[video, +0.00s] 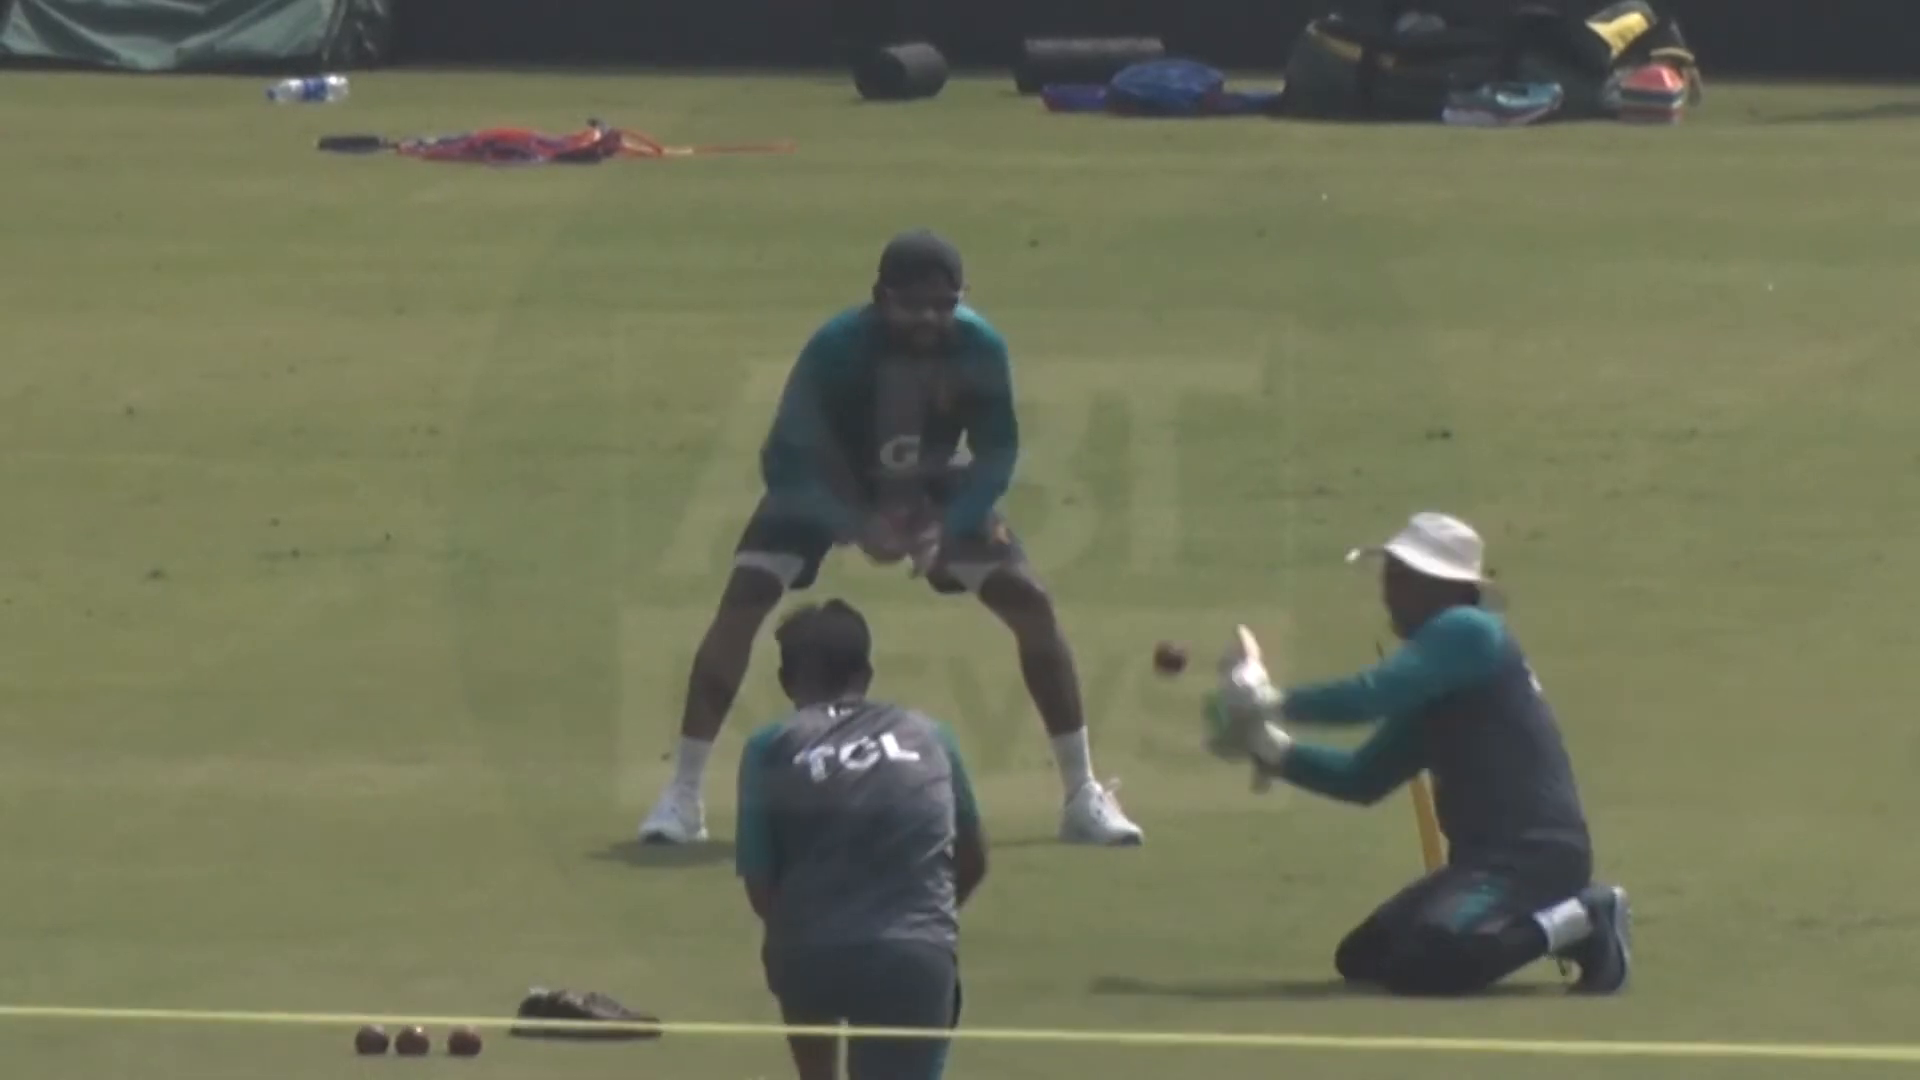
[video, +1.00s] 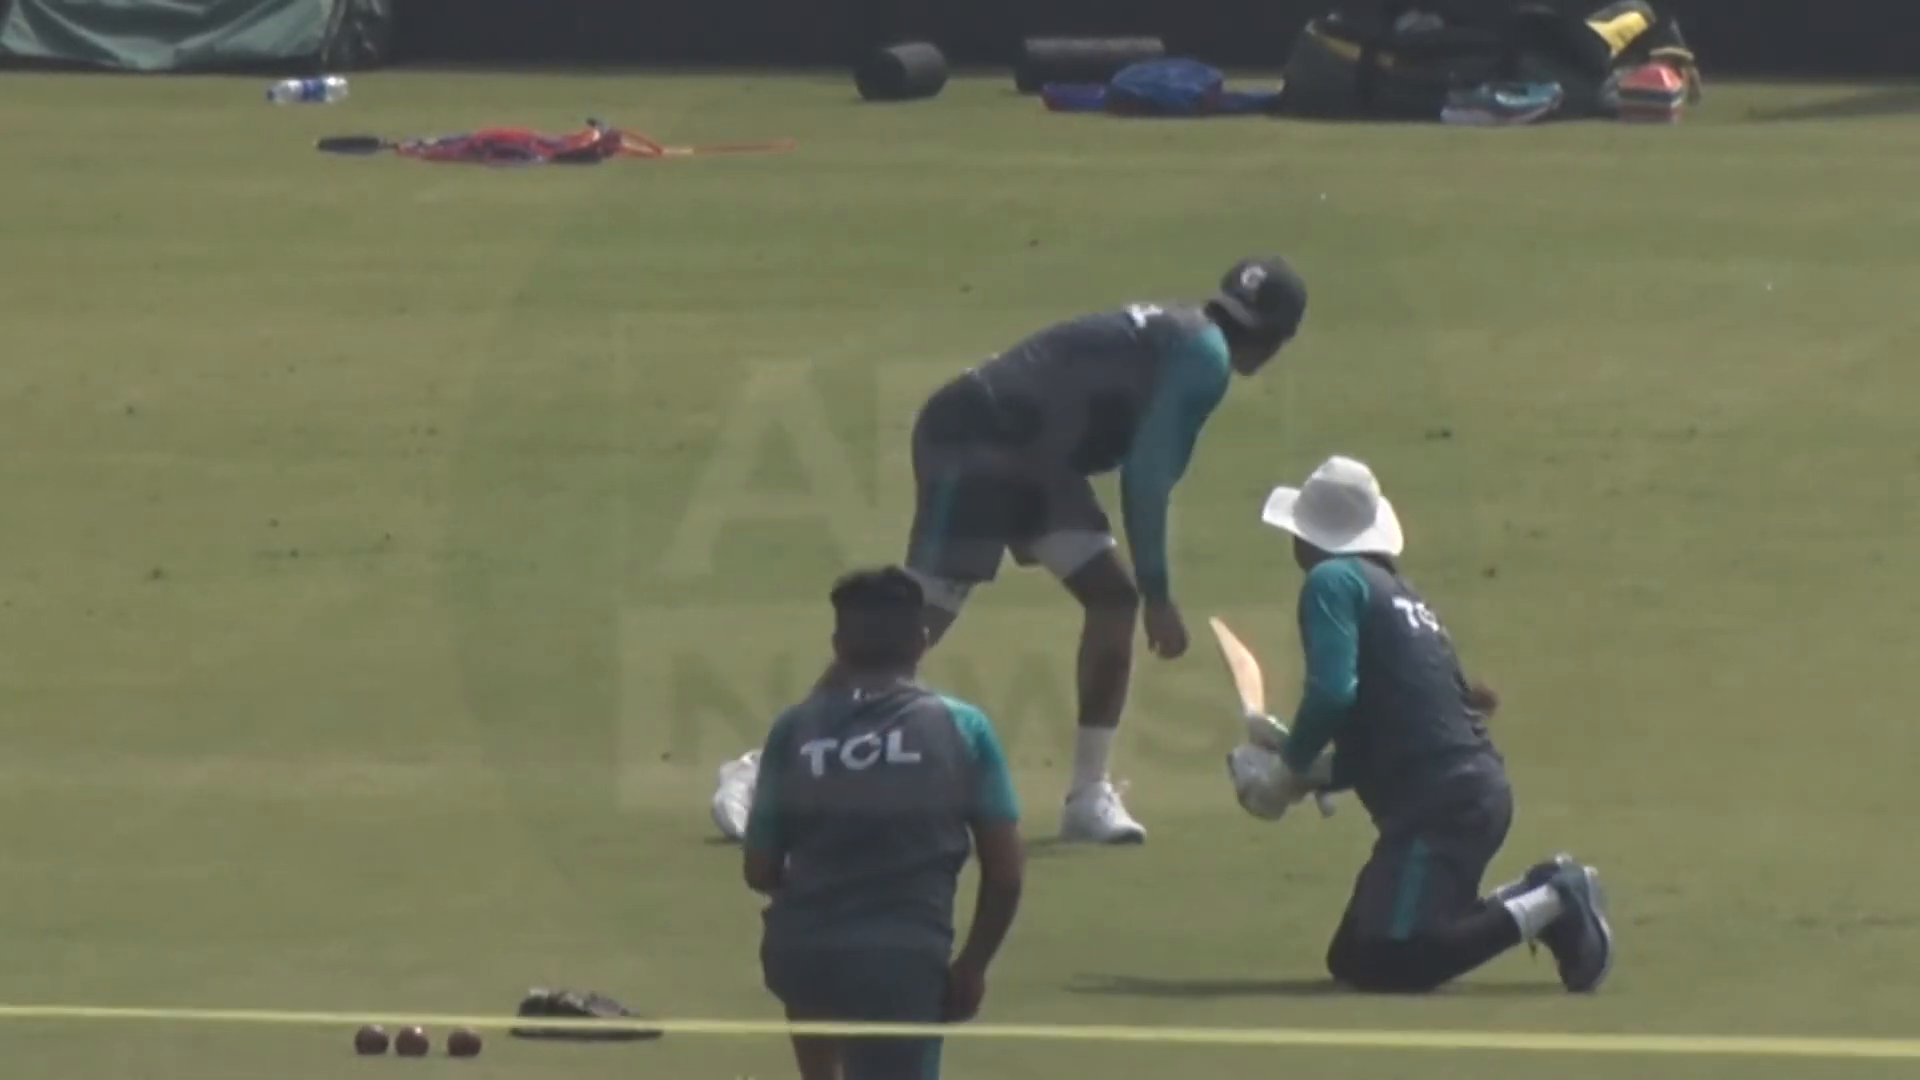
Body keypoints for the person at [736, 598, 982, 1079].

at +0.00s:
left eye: (784, 671)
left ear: (786, 678)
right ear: (866, 675)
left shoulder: (767, 748)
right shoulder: (930, 734)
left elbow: (759, 885)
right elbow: (971, 860)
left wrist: (809, 931)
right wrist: (915, 916)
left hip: (807, 962)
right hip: (915, 960)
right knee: (906, 1070)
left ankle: (820, 1075)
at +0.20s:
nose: (797, 667)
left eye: (799, 658)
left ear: (805, 669)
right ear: (884, 666)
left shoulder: (776, 744)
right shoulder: (945, 731)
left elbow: (765, 884)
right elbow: (1015, 863)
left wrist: (805, 939)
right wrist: (989, 927)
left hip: (806, 956)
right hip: (913, 959)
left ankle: (819, 1075)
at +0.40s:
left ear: (822, 662)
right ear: (903, 661)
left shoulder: (785, 740)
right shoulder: (955, 731)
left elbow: (769, 877)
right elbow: (1023, 872)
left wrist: (804, 939)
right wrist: (1011, 961)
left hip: (805, 957)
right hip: (912, 962)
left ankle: (824, 1074)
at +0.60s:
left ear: (839, 659)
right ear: (918, 654)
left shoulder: (792, 732)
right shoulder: (961, 732)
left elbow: (773, 870)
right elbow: (1014, 876)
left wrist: (808, 927)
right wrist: (1001, 973)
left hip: (803, 953)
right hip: (909, 960)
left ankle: (826, 1073)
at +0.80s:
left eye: (844, 633)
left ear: (843, 646)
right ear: (920, 648)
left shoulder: (794, 729)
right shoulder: (963, 728)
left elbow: (773, 871)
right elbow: (1009, 873)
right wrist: (988, 969)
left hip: (806, 956)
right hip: (911, 961)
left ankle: (825, 1073)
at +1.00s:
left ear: (838, 645)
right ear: (922, 643)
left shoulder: (793, 728)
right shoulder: (962, 728)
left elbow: (759, 871)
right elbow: (1005, 873)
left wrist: (816, 877)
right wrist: (972, 968)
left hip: (804, 958)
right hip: (905, 961)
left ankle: (821, 1071)